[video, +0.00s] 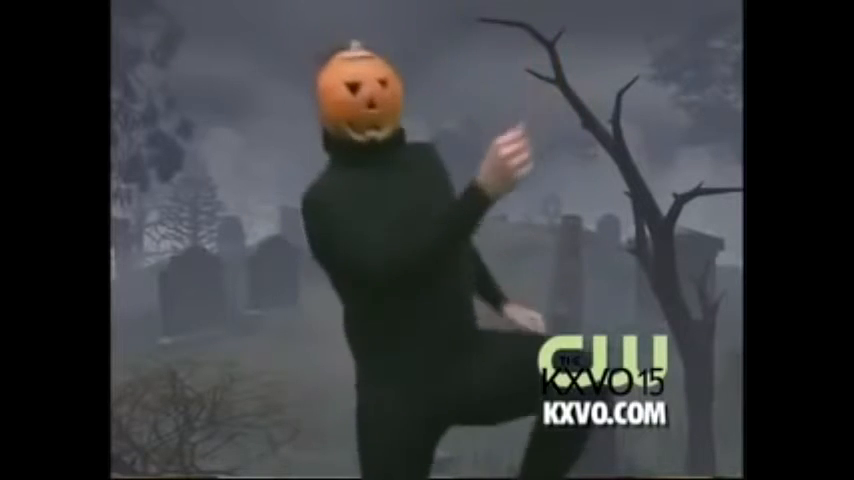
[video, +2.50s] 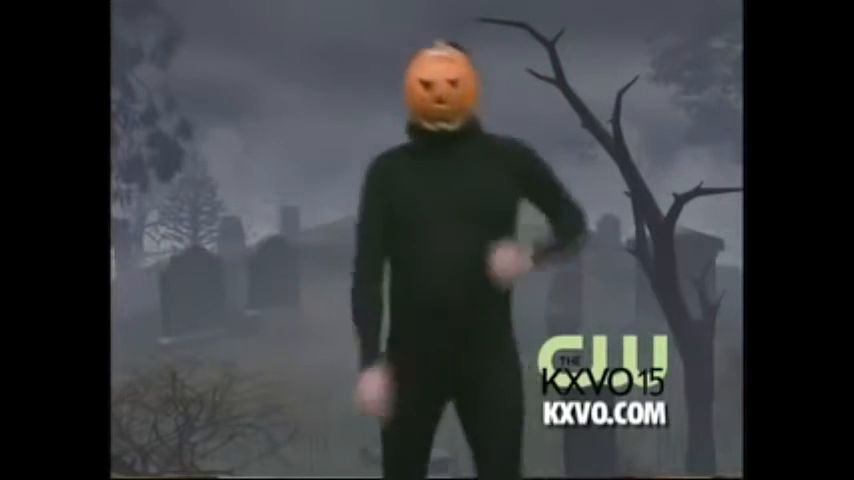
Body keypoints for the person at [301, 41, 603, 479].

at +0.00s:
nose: (370, 97)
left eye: (381, 83)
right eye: (350, 88)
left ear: (400, 94)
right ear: (325, 110)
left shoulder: (423, 162)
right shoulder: (326, 200)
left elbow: (452, 242)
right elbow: (385, 272)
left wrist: (501, 302)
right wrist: (482, 192)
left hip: (464, 361)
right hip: (394, 385)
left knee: (581, 373)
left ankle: (536, 474)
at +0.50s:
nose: (480, 97)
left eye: (491, 88)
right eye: (464, 87)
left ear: (504, 106)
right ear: (435, 103)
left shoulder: (520, 184)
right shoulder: (397, 187)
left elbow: (551, 291)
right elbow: (359, 283)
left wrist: (503, 247)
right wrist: (330, 377)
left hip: (490, 385)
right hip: (412, 386)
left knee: (504, 472)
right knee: (405, 472)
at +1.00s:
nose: (540, 105)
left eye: (551, 98)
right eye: (526, 93)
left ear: (559, 116)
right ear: (495, 101)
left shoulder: (552, 185)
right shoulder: (454, 167)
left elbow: (486, 209)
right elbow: (403, 244)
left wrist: (408, 184)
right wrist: (347, 255)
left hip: (479, 355)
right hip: (410, 332)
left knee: (480, 471)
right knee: (308, 348)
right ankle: (314, 473)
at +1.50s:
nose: (419, 93)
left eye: (425, 85)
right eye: (402, 87)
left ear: (438, 98)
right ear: (368, 105)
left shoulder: (453, 170)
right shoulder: (343, 186)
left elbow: (484, 271)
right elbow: (302, 301)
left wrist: (516, 360)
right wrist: (370, 366)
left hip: (458, 359)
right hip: (384, 363)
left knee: (490, 469)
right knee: (387, 473)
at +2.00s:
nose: (363, 85)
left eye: (364, 74)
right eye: (344, 80)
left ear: (377, 84)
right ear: (315, 104)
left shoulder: (383, 151)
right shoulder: (325, 175)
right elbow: (420, 226)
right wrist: (518, 180)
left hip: (446, 319)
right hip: (392, 342)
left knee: (568, 347)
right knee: (391, 470)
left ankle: (492, 462)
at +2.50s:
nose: (440, 93)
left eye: (453, 82)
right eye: (426, 83)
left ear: (473, 92)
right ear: (408, 94)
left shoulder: (508, 159)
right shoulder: (388, 171)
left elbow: (573, 229)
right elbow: (367, 271)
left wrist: (531, 256)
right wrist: (370, 360)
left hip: (487, 354)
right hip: (413, 355)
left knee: (501, 471)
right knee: (401, 472)